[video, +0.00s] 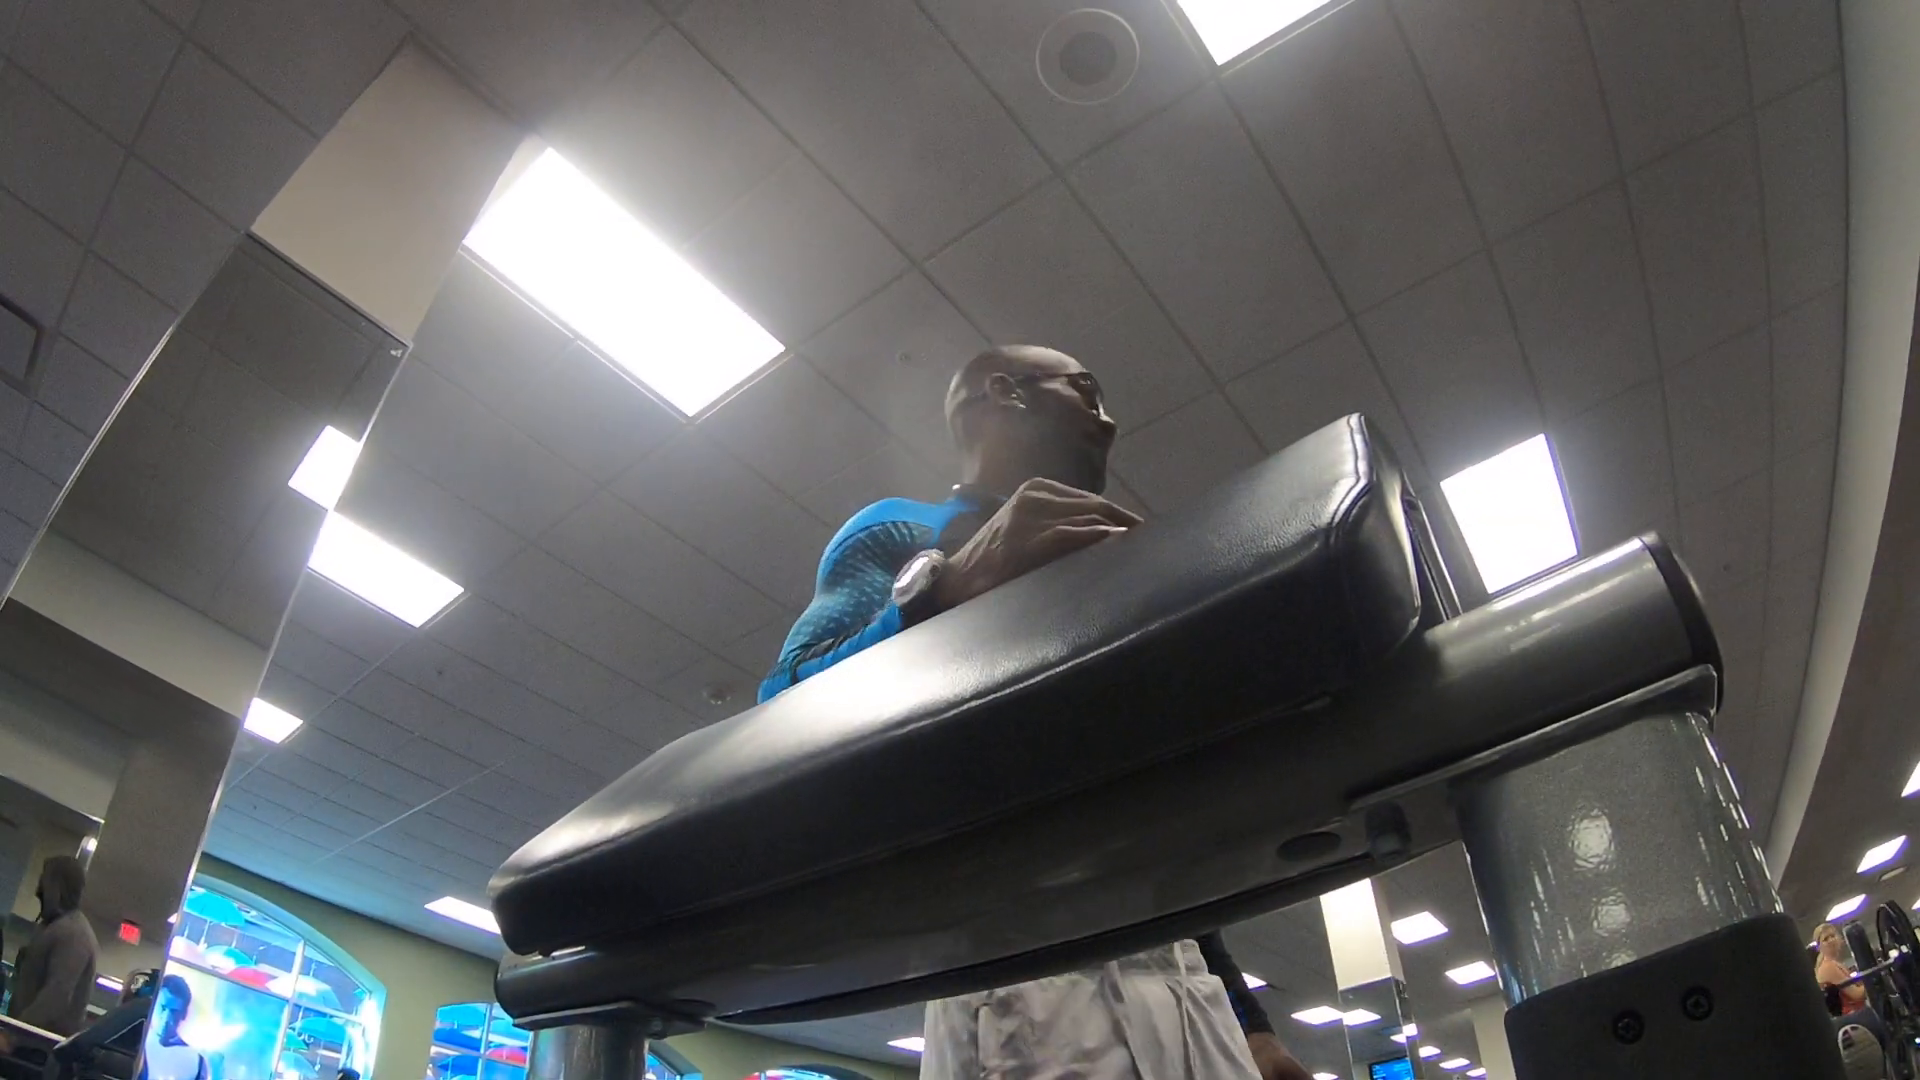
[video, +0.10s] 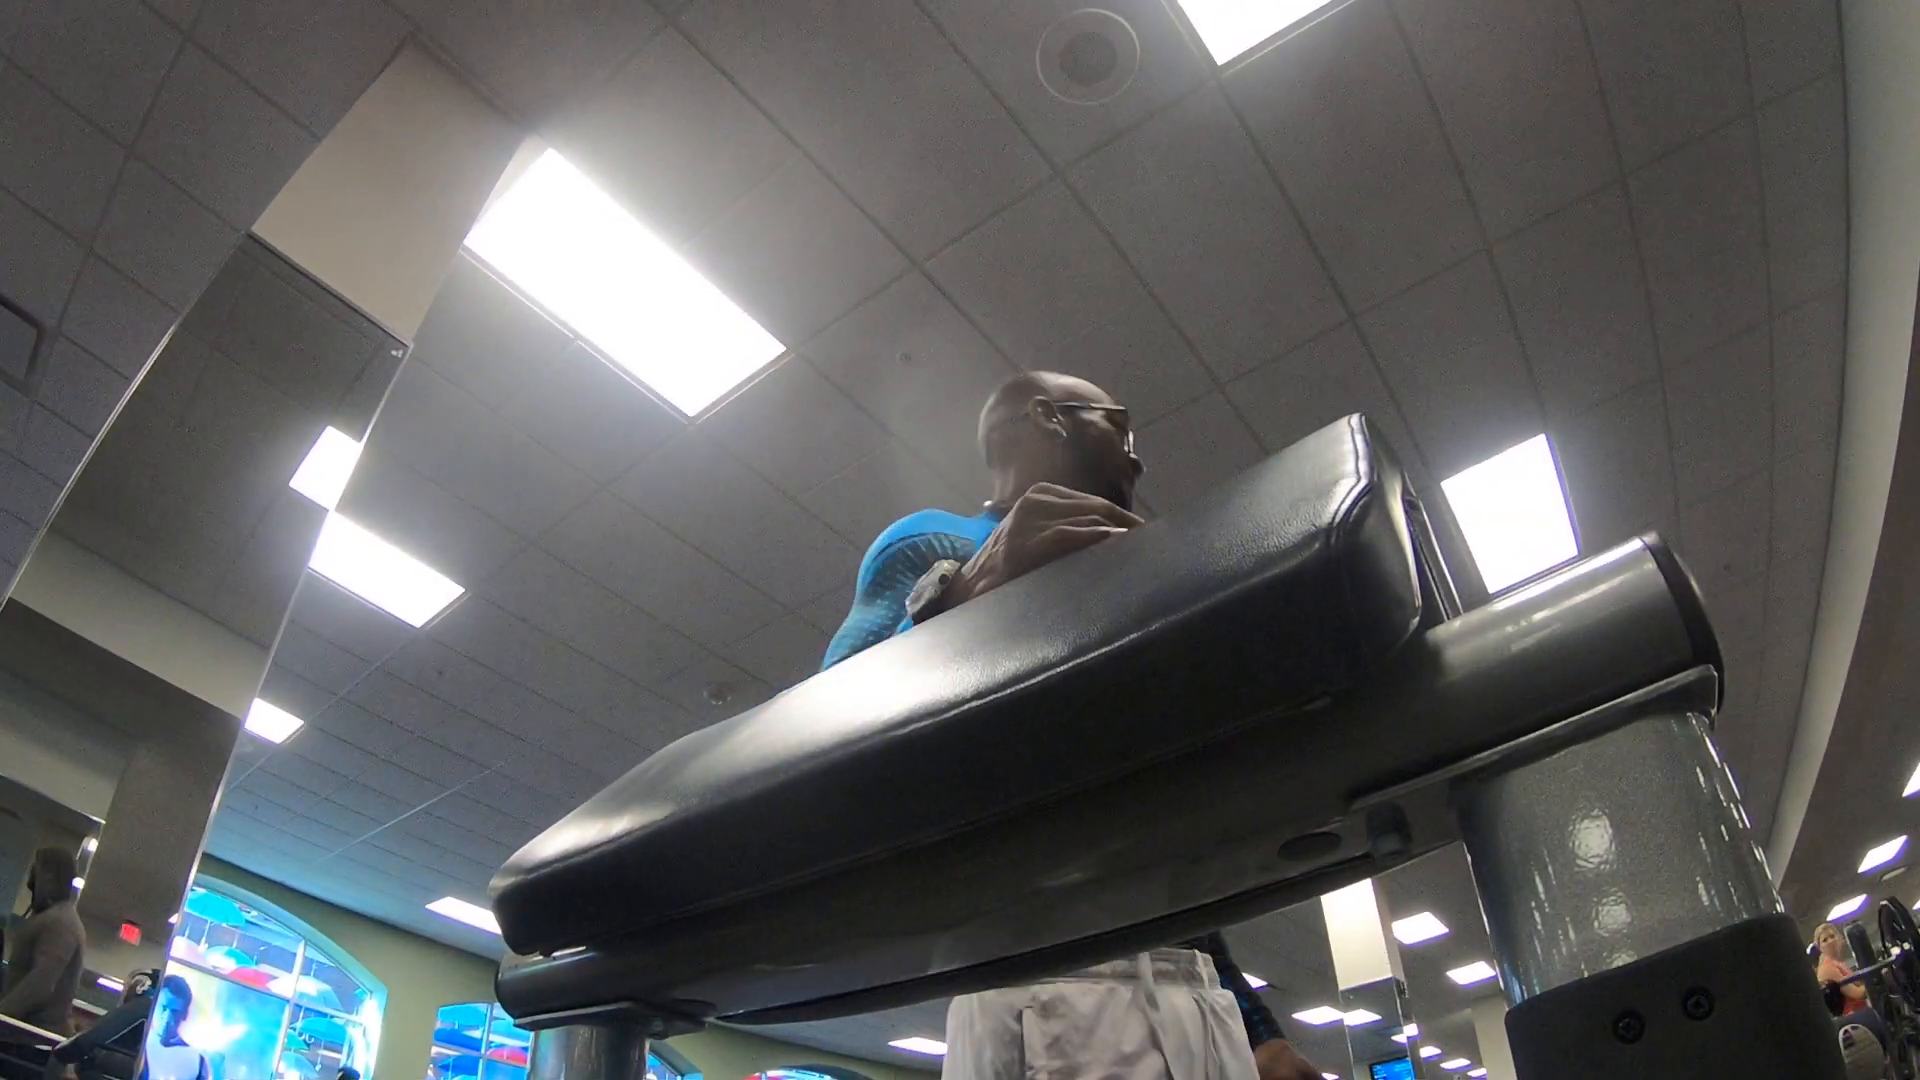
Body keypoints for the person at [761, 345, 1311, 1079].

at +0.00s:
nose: (1106, 412)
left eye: (1101, 399)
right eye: (1079, 384)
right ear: (1001, 390)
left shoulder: (1118, 560)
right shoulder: (899, 532)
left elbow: (1159, 819)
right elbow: (783, 702)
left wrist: (1246, 1022)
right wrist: (952, 579)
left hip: (1180, 968)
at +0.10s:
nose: (1137, 454)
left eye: (1131, 434)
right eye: (1118, 424)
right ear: (1049, 415)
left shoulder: (1146, 564)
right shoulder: (930, 543)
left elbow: (1176, 834)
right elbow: (836, 705)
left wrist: (1259, 1034)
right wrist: (977, 583)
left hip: (1196, 980)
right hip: (1048, 990)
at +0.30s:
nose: (1174, 472)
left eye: (1168, 460)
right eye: (1141, 452)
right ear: (1067, 481)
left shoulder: (1196, 567)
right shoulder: (997, 574)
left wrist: (1283, 1056)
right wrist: (1001, 578)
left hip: (1228, 991)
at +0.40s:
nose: (1179, 475)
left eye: (1178, 467)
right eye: (1140, 461)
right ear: (1074, 505)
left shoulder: (1228, 587)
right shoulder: (1059, 598)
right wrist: (1010, 597)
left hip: (1237, 999)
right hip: (1104, 1004)